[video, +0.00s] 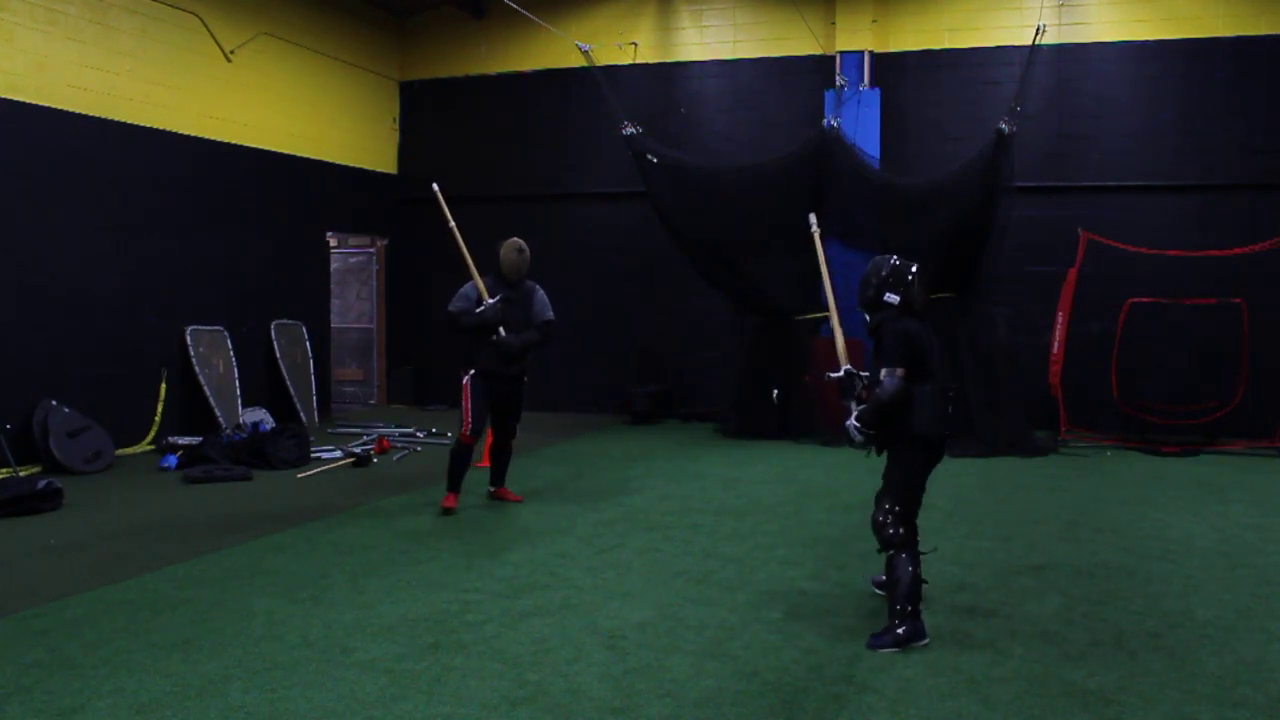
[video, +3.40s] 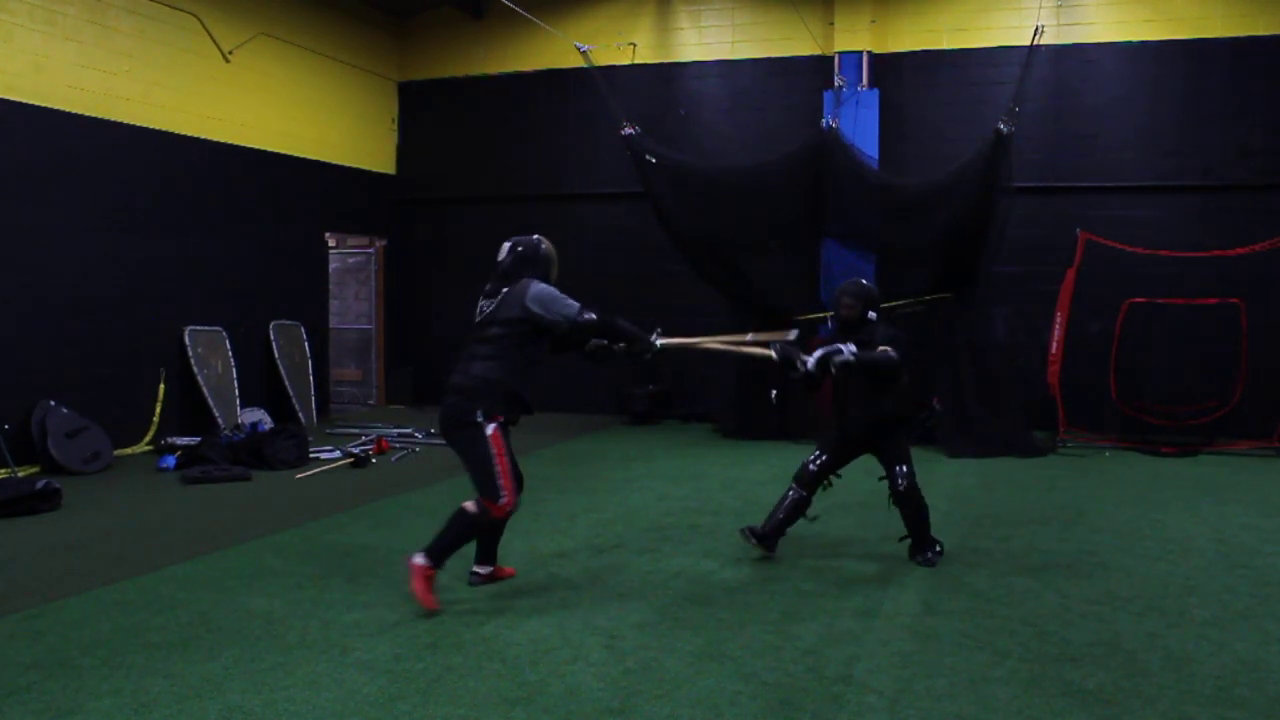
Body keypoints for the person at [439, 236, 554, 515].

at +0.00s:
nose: (519, 266)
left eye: (523, 260)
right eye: (514, 260)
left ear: (528, 263)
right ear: (501, 260)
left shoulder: (534, 293)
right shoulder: (478, 289)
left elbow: (547, 329)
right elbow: (454, 319)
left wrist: (515, 341)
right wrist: (485, 316)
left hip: (512, 374)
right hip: (479, 371)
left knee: (505, 433)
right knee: (471, 430)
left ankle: (498, 486)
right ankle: (453, 492)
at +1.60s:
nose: (528, 263)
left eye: (529, 256)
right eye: (523, 255)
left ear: (516, 259)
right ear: (504, 256)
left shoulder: (516, 299)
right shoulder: (467, 287)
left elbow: (530, 344)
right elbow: (440, 321)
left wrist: (519, 359)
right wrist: (492, 327)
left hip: (494, 392)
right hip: (457, 391)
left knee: (510, 467)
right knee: (455, 469)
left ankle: (522, 539)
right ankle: (446, 538)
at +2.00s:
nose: (557, 295)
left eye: (560, 287)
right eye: (555, 286)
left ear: (538, 281)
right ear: (538, 280)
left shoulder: (541, 320)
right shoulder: (494, 306)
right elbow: (476, 345)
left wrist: (542, 381)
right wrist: (533, 351)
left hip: (506, 412)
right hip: (467, 409)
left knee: (538, 473)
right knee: (445, 485)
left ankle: (524, 551)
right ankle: (404, 563)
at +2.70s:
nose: (531, 284)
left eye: (532, 276)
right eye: (527, 276)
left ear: (508, 274)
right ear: (507, 274)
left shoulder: (505, 315)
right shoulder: (475, 302)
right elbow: (449, 341)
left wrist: (507, 397)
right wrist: (503, 360)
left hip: (467, 417)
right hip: (437, 414)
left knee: (499, 480)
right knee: (430, 500)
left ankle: (482, 561)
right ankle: (379, 579)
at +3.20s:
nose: (527, 284)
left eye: (526, 277)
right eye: (523, 276)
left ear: (490, 274)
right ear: (508, 275)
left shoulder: (499, 312)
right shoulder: (481, 304)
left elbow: (505, 374)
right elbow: (502, 349)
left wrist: (539, 392)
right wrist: (545, 352)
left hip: (459, 425)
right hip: (438, 424)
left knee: (494, 479)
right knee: (417, 513)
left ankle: (483, 565)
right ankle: (363, 596)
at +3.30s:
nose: (535, 281)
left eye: (534, 274)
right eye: (532, 273)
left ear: (496, 273)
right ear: (518, 273)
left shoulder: (497, 311)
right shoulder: (503, 298)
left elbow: (535, 366)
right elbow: (560, 329)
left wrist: (580, 372)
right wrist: (619, 341)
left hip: (470, 419)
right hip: (454, 417)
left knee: (503, 483)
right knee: (445, 511)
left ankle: (483, 566)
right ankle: (376, 584)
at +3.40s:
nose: (552, 272)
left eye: (550, 266)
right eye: (549, 265)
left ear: (510, 265)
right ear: (539, 266)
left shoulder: (499, 297)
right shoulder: (530, 292)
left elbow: (554, 338)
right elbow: (586, 319)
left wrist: (600, 342)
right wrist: (640, 336)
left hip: (478, 407)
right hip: (475, 409)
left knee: (509, 486)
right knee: (499, 499)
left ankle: (484, 566)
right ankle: (426, 561)